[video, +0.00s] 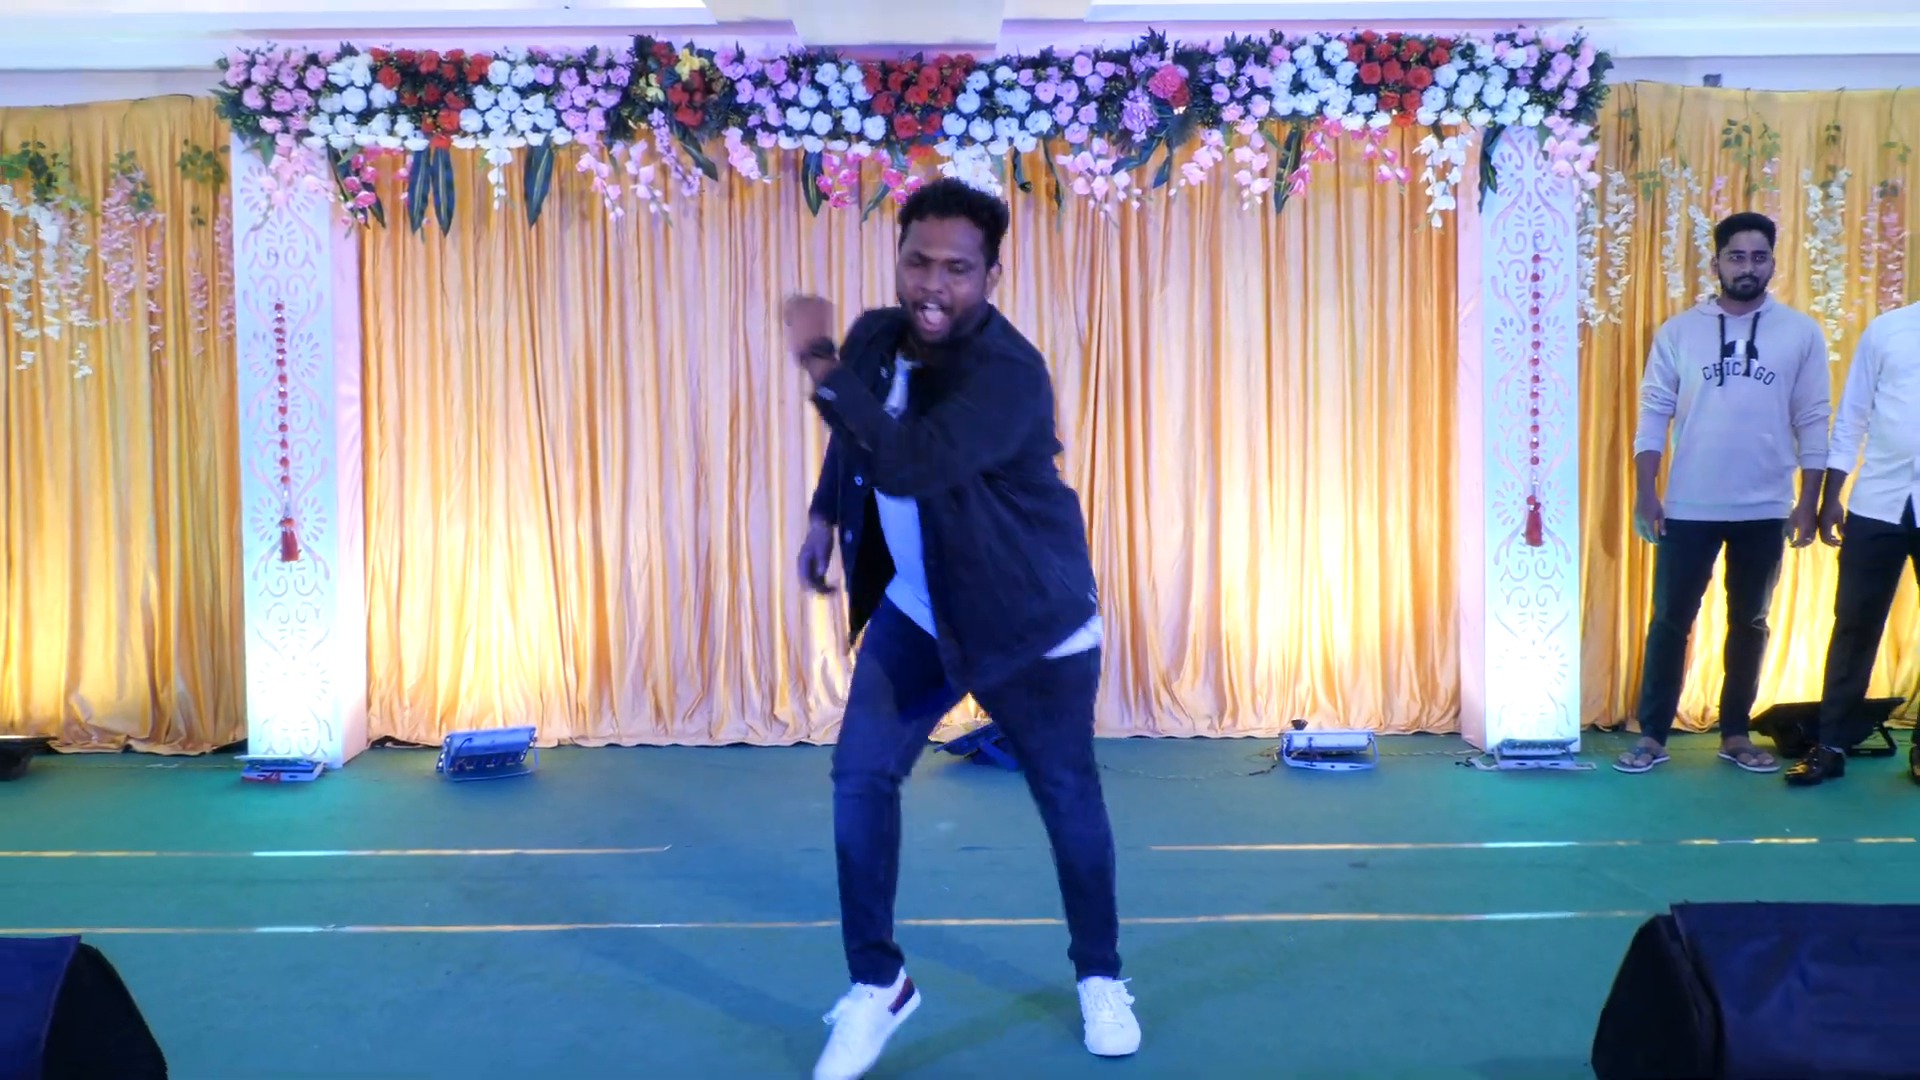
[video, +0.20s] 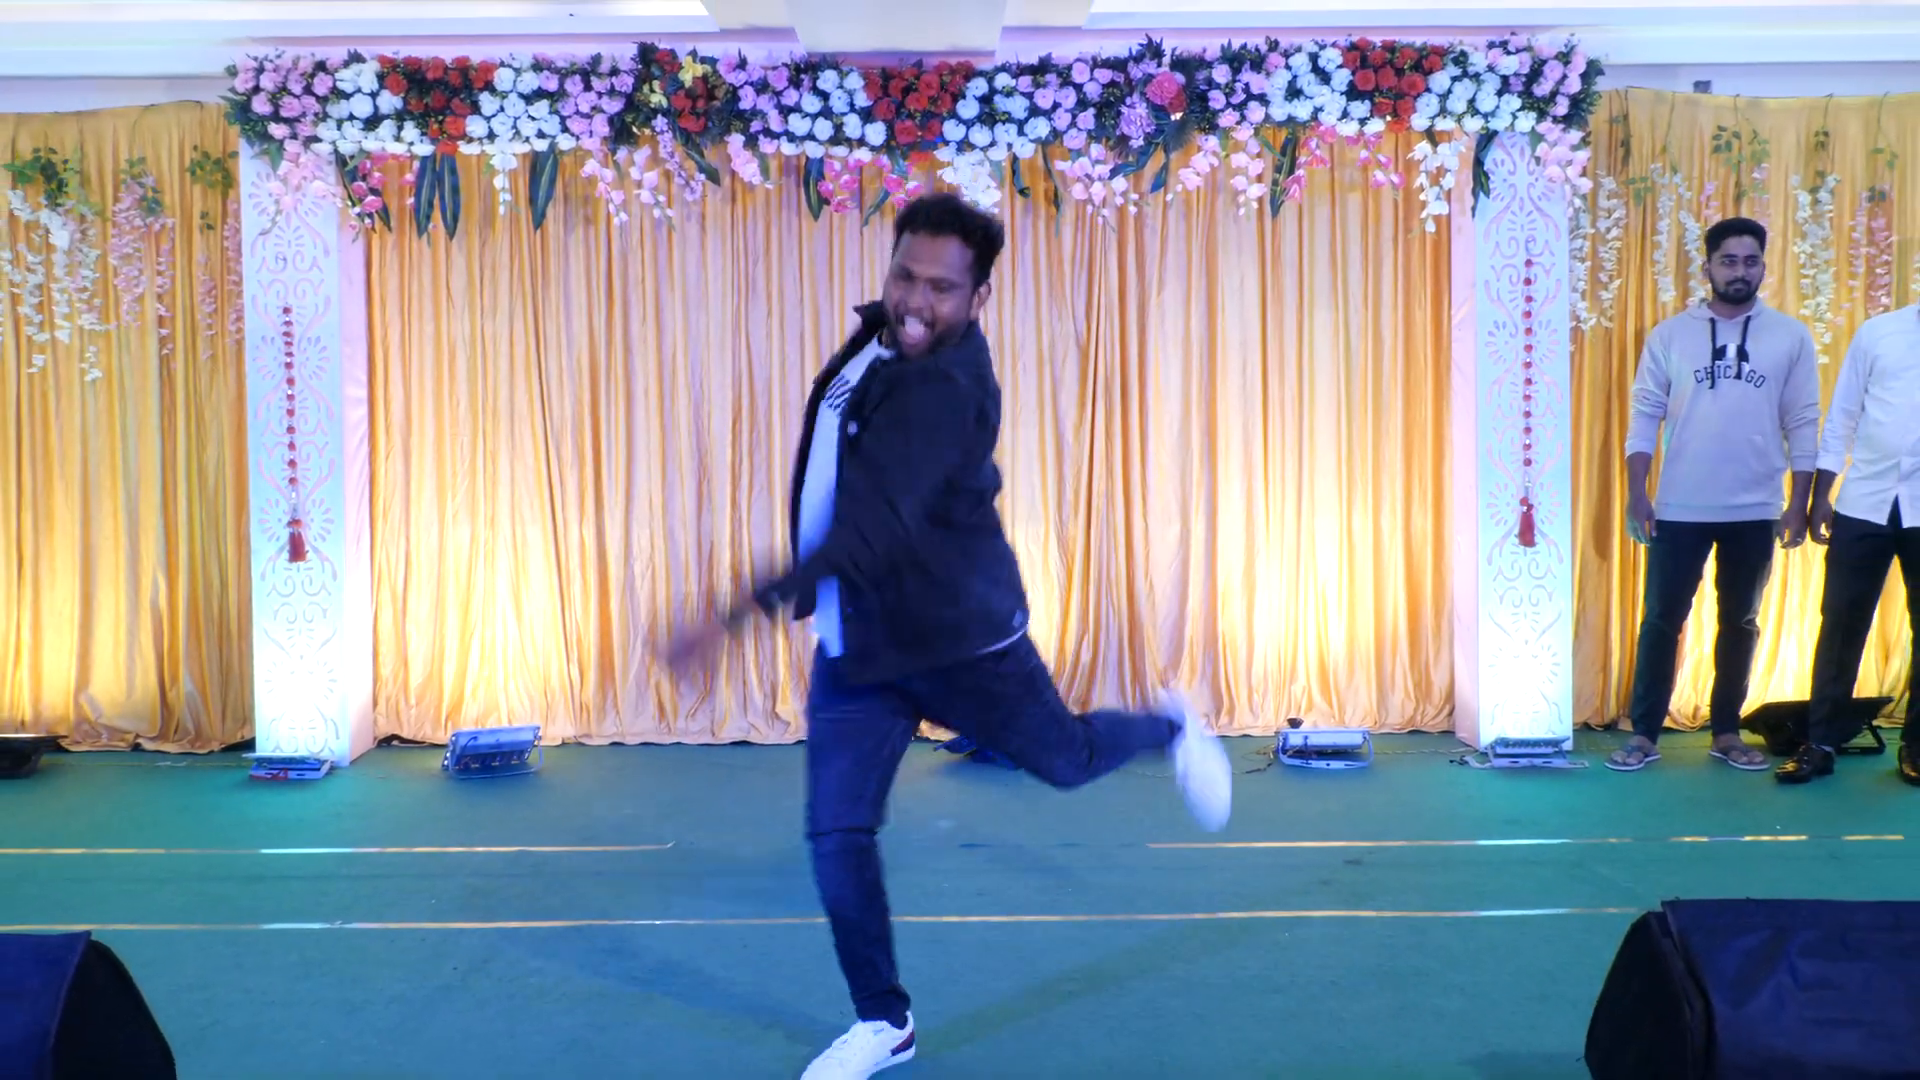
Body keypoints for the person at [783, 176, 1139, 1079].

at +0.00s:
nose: (934, 285)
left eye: (958, 269)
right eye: (919, 261)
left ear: (991, 277)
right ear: (896, 263)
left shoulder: (1010, 376)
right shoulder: (872, 339)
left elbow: (914, 461)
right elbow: (852, 446)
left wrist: (825, 375)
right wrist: (825, 516)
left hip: (1031, 626)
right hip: (917, 615)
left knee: (1067, 793)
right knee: (862, 776)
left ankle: (1100, 975)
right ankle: (877, 982)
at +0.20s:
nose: (917, 302)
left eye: (941, 289)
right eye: (906, 277)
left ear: (977, 300)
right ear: (887, 271)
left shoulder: (944, 385)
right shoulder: (883, 341)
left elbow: (874, 525)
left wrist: (746, 610)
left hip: (964, 638)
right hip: (860, 644)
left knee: (1066, 758)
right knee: (839, 831)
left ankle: (1174, 724)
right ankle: (883, 1020)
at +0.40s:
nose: (918, 378)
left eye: (937, 358)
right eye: (899, 358)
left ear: (971, 342)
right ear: (875, 339)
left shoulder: (1009, 444)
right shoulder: (839, 359)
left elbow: (1075, 534)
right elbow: (752, 354)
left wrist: (1106, 639)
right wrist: (746, 306)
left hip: (921, 684)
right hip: (810, 680)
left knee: (973, 858)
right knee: (801, 857)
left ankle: (1031, 680)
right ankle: (881, 1020)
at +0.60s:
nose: (971, 391)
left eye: (983, 372)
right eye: (948, 381)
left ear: (996, 336)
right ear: (905, 350)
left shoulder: (1005, 359)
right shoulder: (842, 338)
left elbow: (1024, 449)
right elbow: (736, 281)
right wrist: (843, 203)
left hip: (924, 593)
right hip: (809, 609)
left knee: (921, 752)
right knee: (826, 820)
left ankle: (955, 889)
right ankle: (870, 1015)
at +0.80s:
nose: (1026, 378)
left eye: (1036, 361)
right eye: (1009, 367)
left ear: (1044, 328)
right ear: (968, 341)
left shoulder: (999, 329)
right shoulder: (892, 359)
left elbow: (940, 225)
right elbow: (904, 396)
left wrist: (972, 253)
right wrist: (975, 282)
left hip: (936, 597)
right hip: (829, 603)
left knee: (946, 801)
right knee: (797, 785)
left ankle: (942, 1016)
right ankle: (762, 953)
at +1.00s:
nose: (1042, 436)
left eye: (1051, 420)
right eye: (1029, 422)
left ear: (1055, 383)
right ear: (973, 395)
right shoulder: (912, 445)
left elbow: (929, 301)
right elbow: (936, 576)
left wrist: (994, 306)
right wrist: (975, 444)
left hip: (944, 667)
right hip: (835, 648)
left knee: (951, 846)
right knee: (778, 831)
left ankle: (922, 1033)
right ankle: (707, 709)